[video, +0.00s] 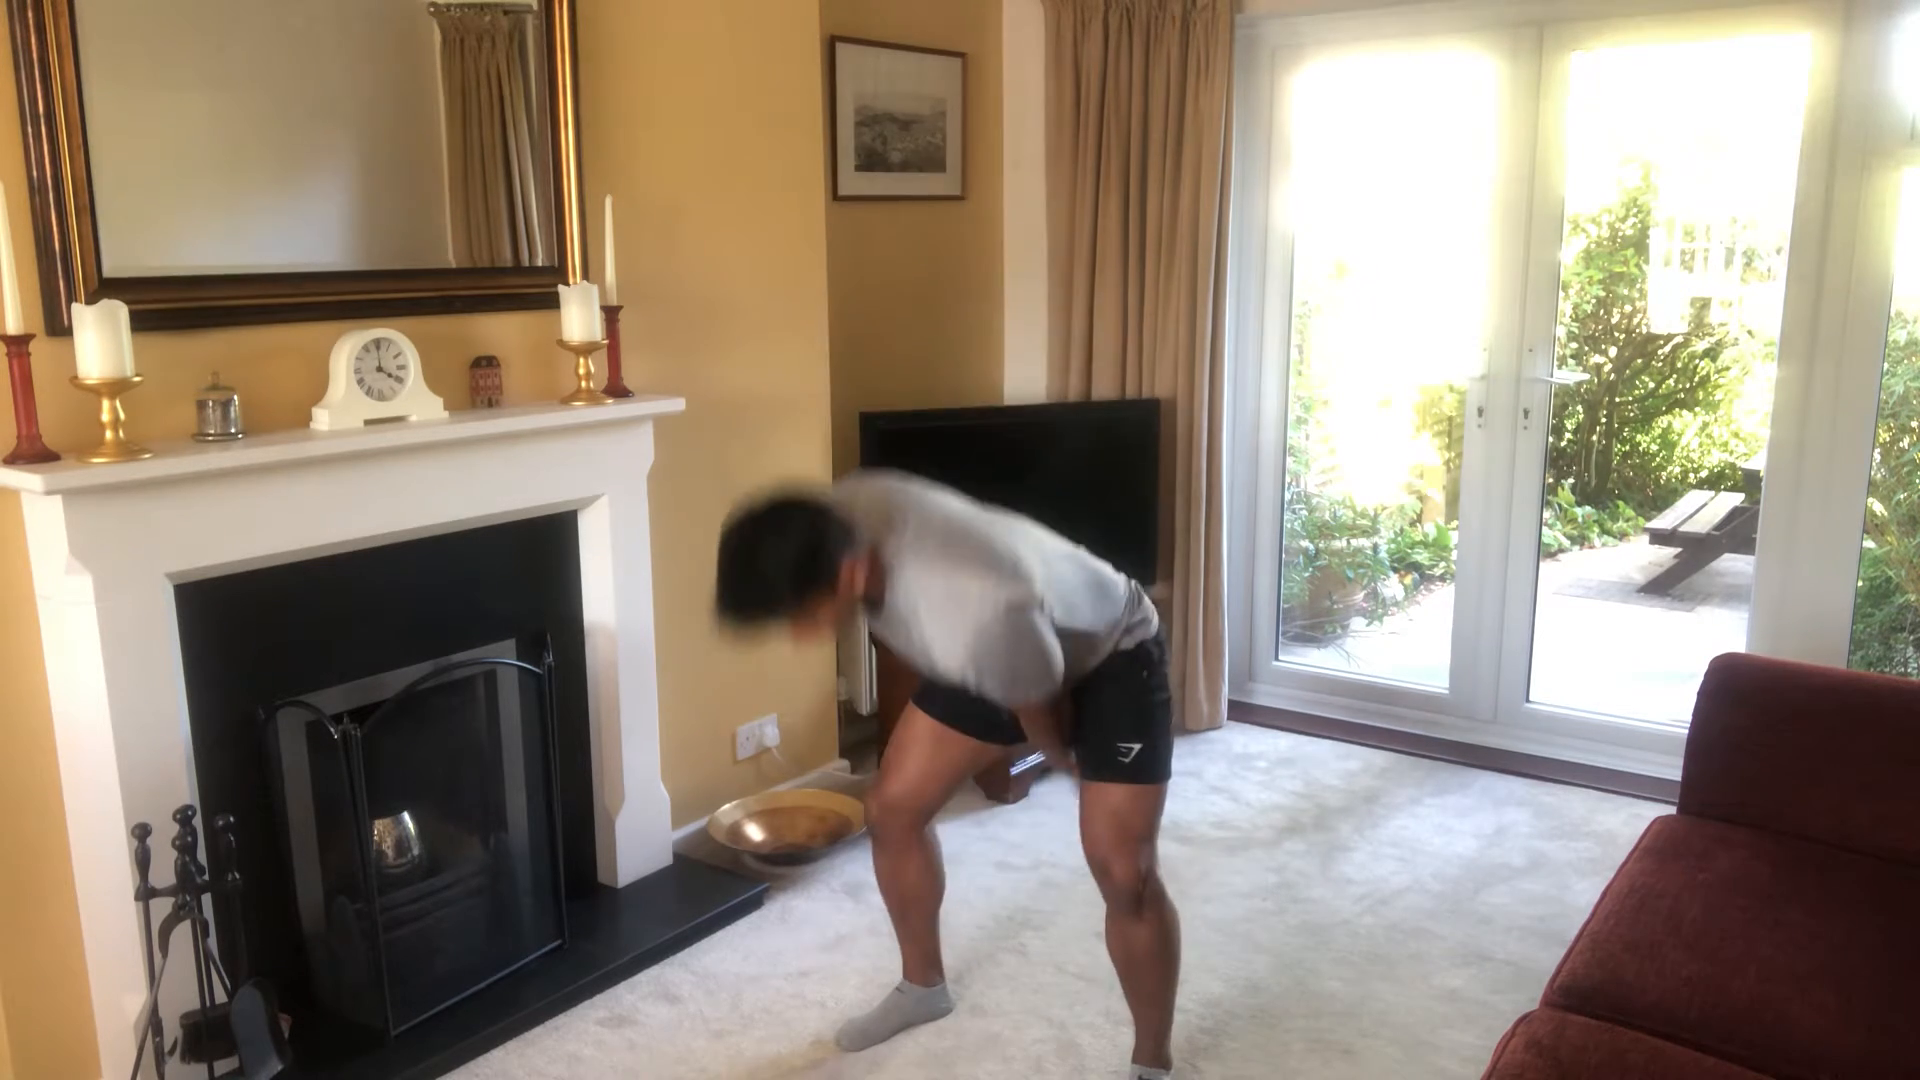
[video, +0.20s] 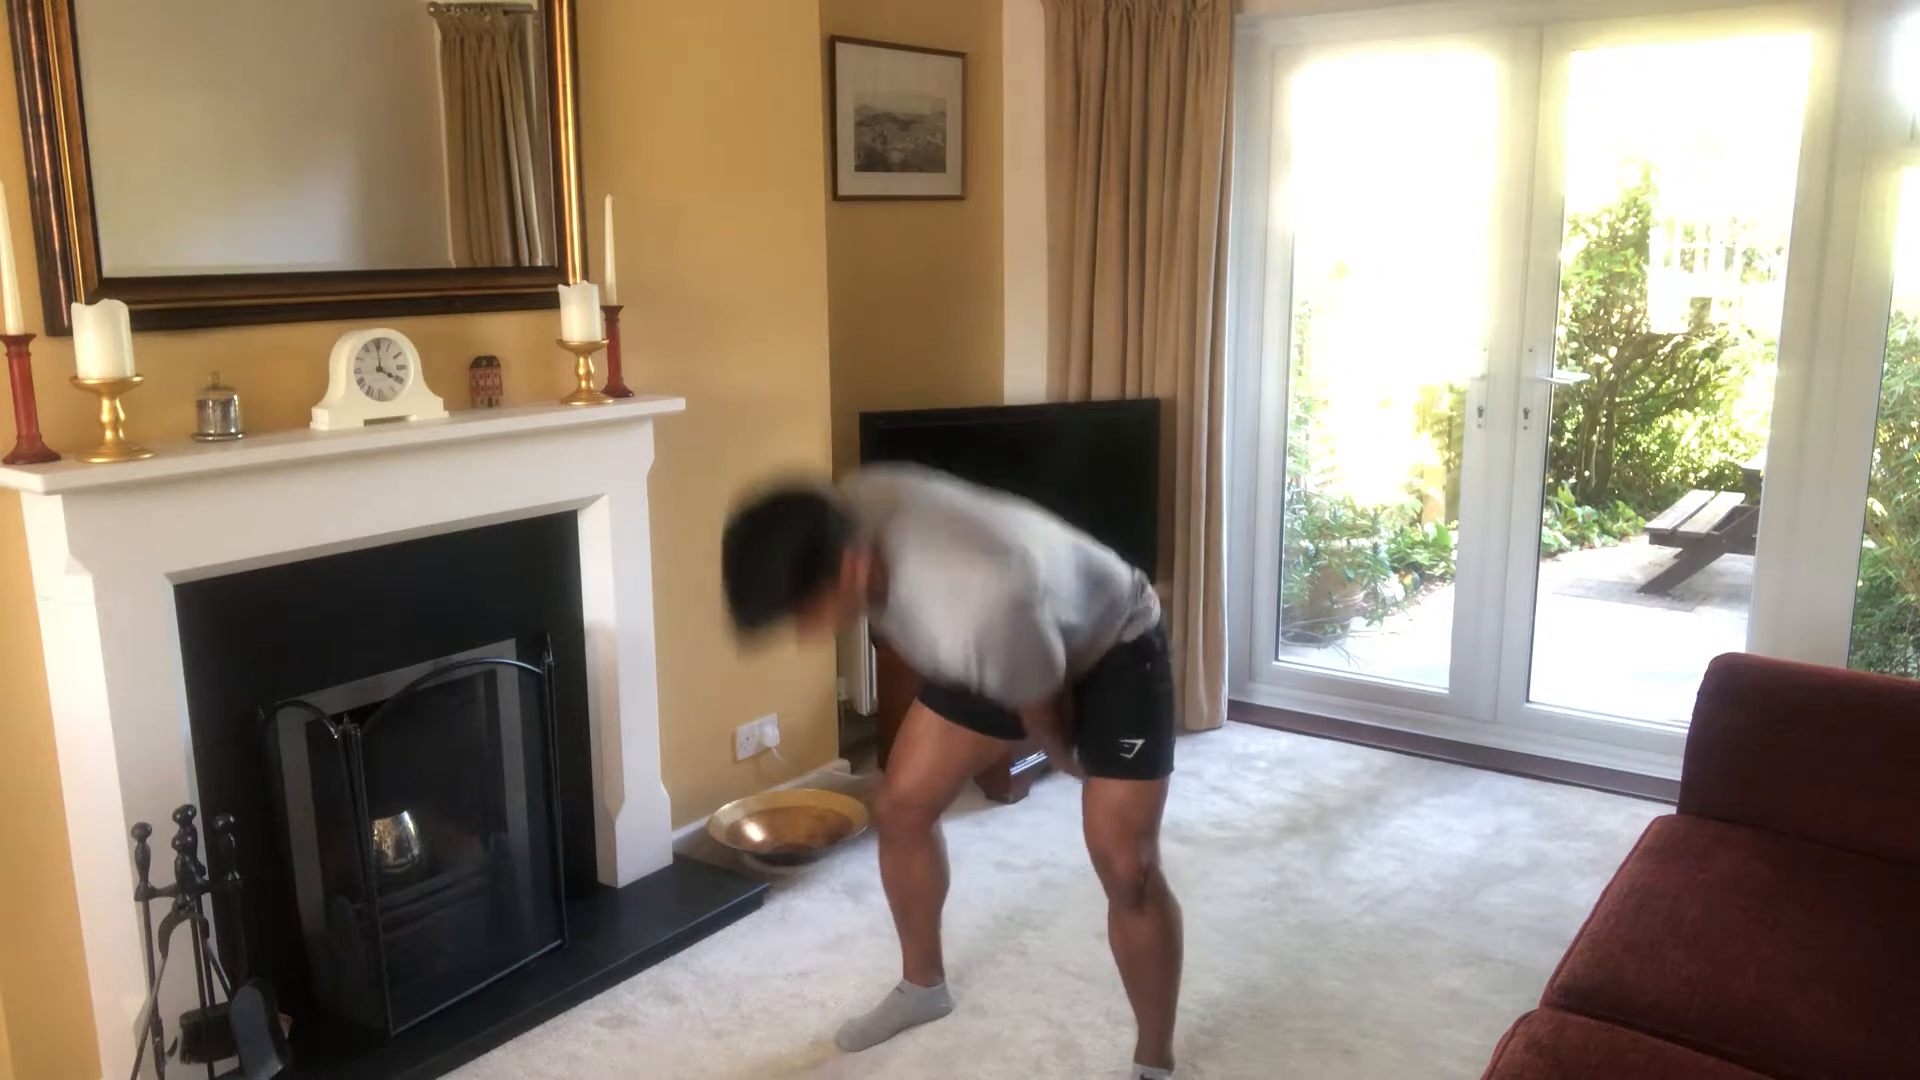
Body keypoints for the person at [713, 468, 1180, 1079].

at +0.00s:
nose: (800, 633)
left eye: (802, 615)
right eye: (787, 619)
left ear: (846, 573)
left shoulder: (975, 612)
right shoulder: (846, 505)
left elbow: (1041, 709)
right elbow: (911, 641)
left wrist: (1061, 761)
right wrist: (986, 761)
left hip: (1108, 648)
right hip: (999, 640)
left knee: (1125, 872)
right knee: (893, 808)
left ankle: (1152, 1063)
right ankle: (923, 986)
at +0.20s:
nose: (806, 630)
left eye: (806, 610)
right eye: (793, 615)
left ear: (848, 567)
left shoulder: (977, 600)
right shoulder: (856, 501)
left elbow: (1045, 708)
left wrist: (1066, 760)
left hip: (1111, 641)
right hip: (1001, 635)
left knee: (1128, 867)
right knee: (901, 807)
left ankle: (1154, 1062)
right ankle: (923, 984)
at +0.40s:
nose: (869, 313)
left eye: (882, 290)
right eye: (858, 295)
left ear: (935, 262)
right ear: (855, 287)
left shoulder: (1032, 356)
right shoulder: (894, 343)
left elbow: (1013, 545)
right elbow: (905, 447)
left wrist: (986, 698)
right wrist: (881, 548)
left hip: (1094, 604)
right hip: (980, 600)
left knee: (1121, 838)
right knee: (940, 788)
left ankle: (1154, 1057)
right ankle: (927, 981)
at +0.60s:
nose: (971, 243)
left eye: (988, 220)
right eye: (957, 224)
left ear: (1041, 206)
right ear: (945, 222)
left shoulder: (1102, 310)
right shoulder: (952, 321)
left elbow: (1018, 419)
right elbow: (910, 446)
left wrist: (903, 508)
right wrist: (852, 534)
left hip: (1077, 614)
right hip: (962, 604)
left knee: (1105, 833)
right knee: (950, 804)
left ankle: (1150, 1053)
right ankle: (927, 984)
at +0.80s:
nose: (982, 224)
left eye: (1001, 201)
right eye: (970, 206)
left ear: (1057, 197)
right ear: (964, 207)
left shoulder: (1110, 303)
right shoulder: (967, 320)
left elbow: (1014, 330)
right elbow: (932, 448)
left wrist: (867, 327)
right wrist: (862, 554)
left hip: (1070, 617)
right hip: (955, 607)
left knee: (1103, 836)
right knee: (951, 806)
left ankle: (1149, 1054)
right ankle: (928, 983)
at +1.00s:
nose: (986, 229)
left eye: (1005, 206)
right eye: (974, 210)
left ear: (1060, 199)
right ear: (967, 209)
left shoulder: (1110, 305)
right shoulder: (968, 320)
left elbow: (1007, 336)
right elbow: (945, 450)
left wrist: (850, 337)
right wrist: (895, 566)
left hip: (1071, 617)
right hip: (956, 606)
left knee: (1104, 837)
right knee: (951, 806)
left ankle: (1148, 1053)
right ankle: (928, 984)